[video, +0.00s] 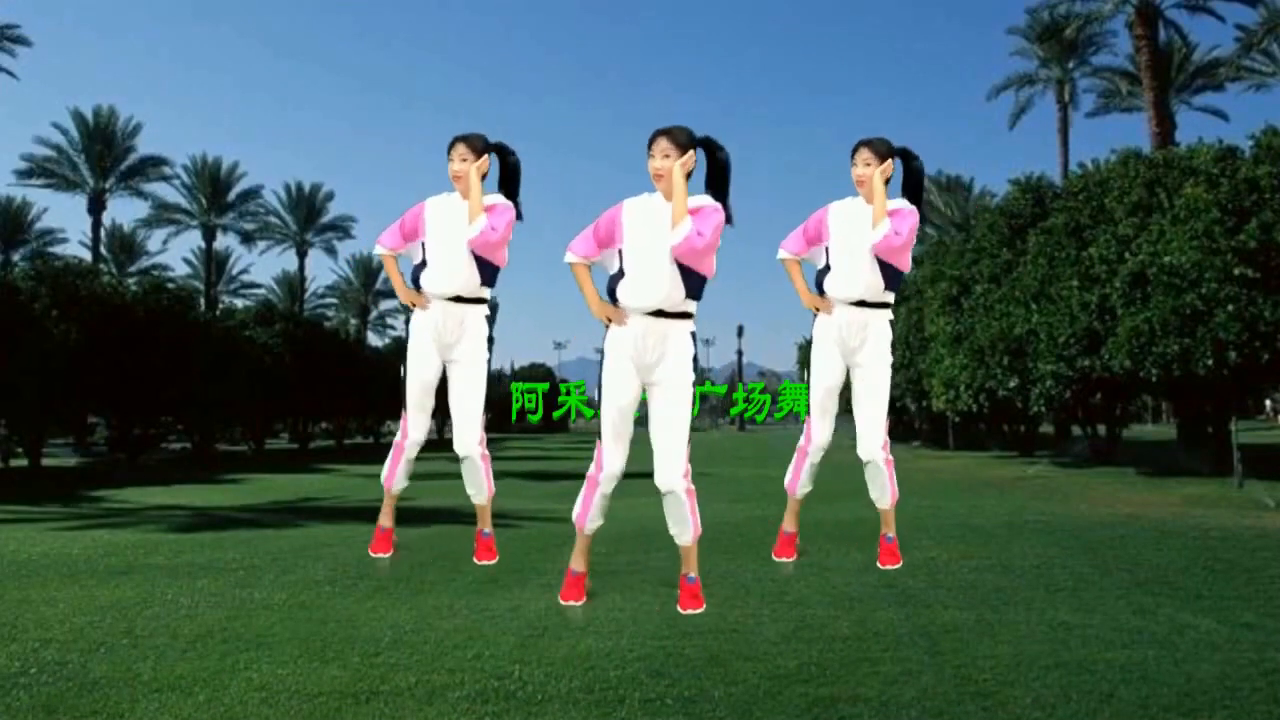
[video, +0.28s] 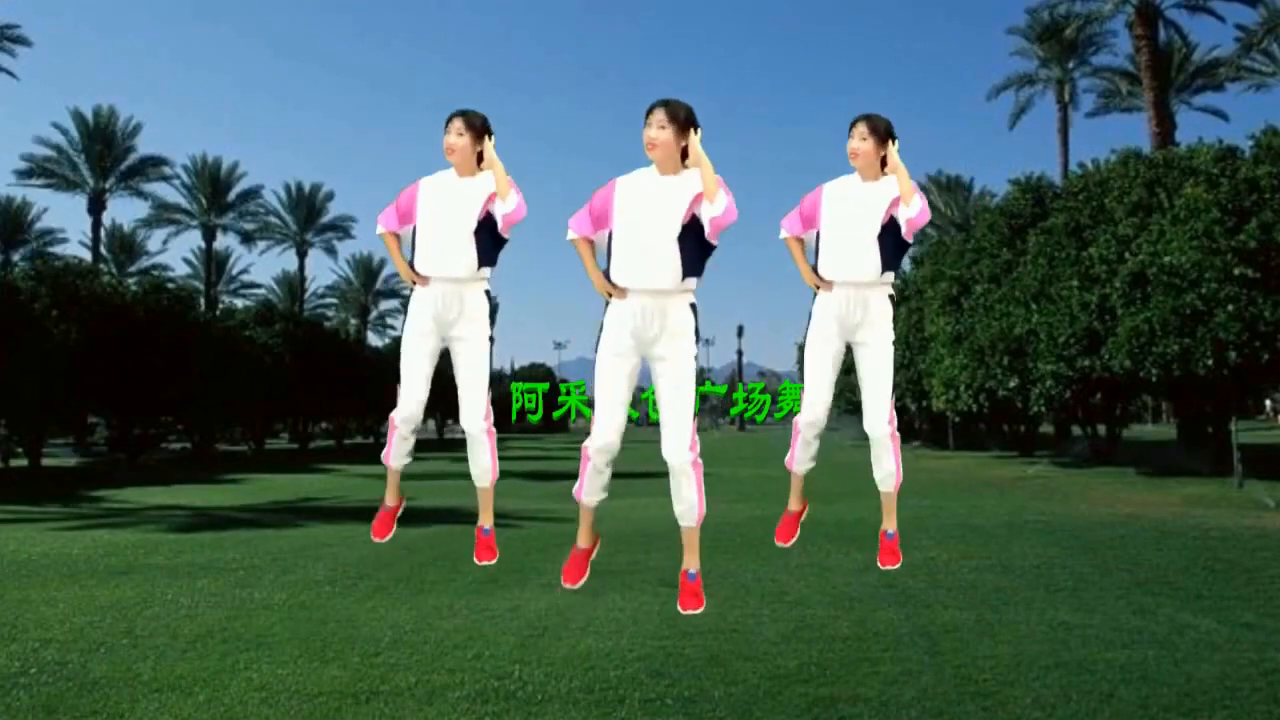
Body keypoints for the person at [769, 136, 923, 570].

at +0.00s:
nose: (859, 171)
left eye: (867, 164)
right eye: (856, 164)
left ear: (887, 169)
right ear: (850, 170)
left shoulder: (905, 214)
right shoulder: (834, 213)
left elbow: (889, 249)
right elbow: (789, 251)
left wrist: (879, 193)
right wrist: (806, 295)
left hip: (875, 327)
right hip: (832, 322)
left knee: (872, 444)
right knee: (818, 434)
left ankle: (889, 534)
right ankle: (789, 524)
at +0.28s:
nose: (852, 144)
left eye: (862, 138)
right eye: (851, 138)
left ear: (882, 147)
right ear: (849, 146)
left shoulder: (899, 191)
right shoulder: (829, 191)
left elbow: (916, 220)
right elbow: (791, 228)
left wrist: (897, 166)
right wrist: (807, 274)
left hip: (875, 304)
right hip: (831, 300)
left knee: (879, 421)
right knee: (813, 414)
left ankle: (889, 526)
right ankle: (794, 504)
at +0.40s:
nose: (860, 142)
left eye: (870, 137)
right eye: (857, 136)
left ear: (889, 148)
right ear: (852, 144)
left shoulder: (902, 190)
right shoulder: (828, 188)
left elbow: (911, 228)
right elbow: (789, 229)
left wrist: (902, 173)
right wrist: (806, 277)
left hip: (881, 299)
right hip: (837, 296)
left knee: (881, 416)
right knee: (831, 416)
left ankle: (883, 523)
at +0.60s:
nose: (864, 185)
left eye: (874, 180)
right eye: (862, 178)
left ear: (892, 191)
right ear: (855, 186)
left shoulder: (900, 237)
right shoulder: (828, 228)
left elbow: (903, 270)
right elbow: (788, 273)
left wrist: (904, 220)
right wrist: (805, 324)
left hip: (883, 341)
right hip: (839, 342)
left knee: (884, 443)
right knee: (855, 441)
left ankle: (879, 535)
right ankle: (859, 459)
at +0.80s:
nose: (864, 155)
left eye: (873, 148)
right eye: (860, 148)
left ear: (886, 159)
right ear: (853, 154)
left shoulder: (895, 205)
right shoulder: (829, 196)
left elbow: (858, 197)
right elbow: (783, 235)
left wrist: (880, 154)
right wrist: (793, 283)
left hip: (864, 305)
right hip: (821, 302)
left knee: (870, 427)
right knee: (812, 425)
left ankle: (879, 530)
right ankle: (803, 501)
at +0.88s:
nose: (860, 159)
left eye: (870, 152)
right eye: (856, 152)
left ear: (887, 161)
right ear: (849, 159)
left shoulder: (893, 206)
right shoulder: (826, 197)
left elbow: (849, 202)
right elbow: (781, 235)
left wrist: (851, 150)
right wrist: (791, 282)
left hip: (856, 311)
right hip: (813, 307)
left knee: (862, 429)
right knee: (802, 426)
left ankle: (873, 529)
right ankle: (785, 511)